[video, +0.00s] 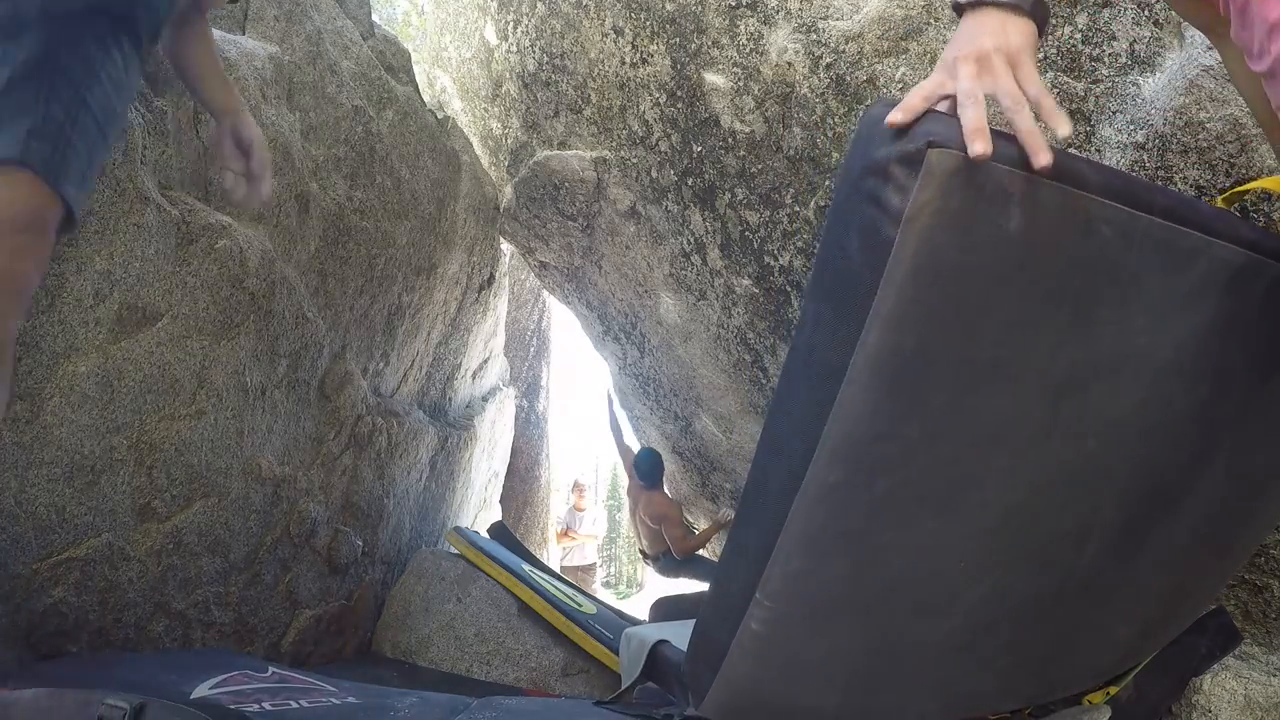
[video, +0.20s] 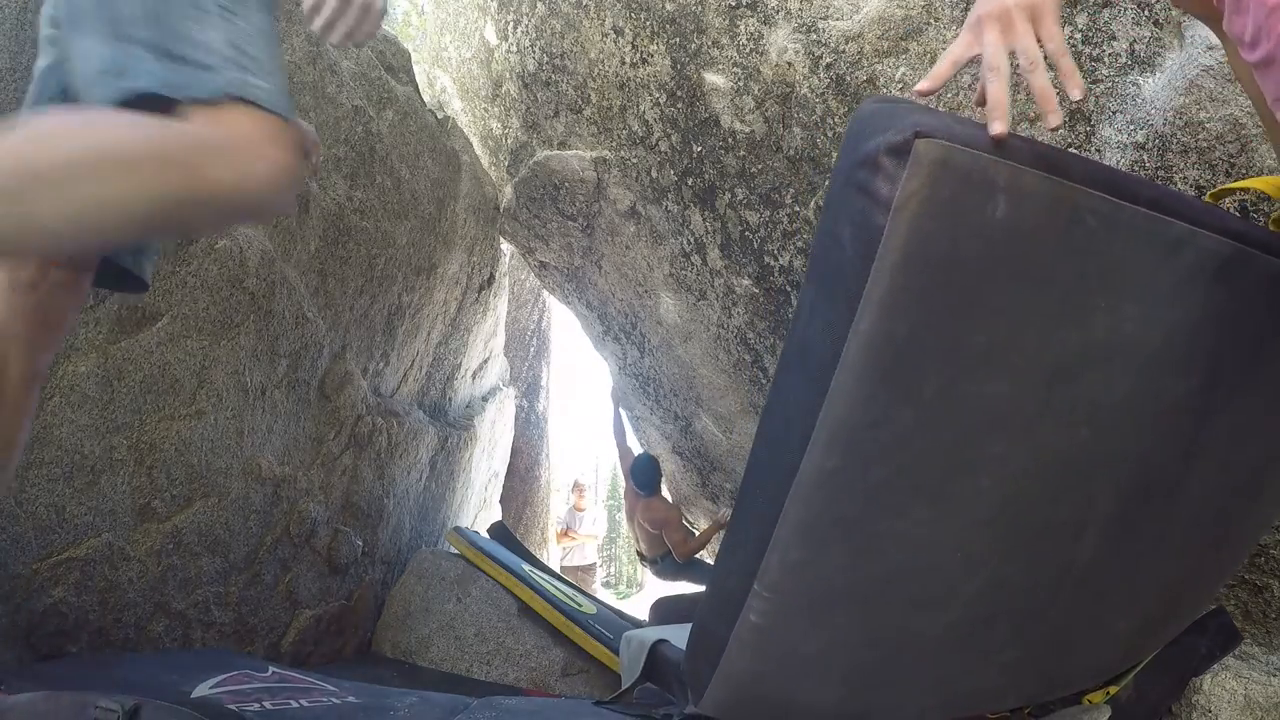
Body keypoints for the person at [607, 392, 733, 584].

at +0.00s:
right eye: (663, 464)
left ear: (637, 472)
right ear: (662, 471)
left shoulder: (634, 484)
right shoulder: (667, 508)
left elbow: (619, 439)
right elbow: (682, 551)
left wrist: (610, 405)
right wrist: (716, 526)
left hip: (649, 557)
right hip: (669, 561)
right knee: (722, 573)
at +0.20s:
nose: (661, 467)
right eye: (659, 467)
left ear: (634, 477)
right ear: (660, 476)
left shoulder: (631, 485)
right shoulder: (666, 513)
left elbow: (621, 443)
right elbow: (683, 554)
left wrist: (615, 407)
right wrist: (716, 526)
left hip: (645, 558)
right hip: (666, 563)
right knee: (717, 576)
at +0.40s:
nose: (655, 471)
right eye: (654, 471)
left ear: (631, 485)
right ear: (656, 482)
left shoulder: (630, 496)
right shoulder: (665, 517)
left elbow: (623, 444)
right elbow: (685, 556)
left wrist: (616, 407)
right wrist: (716, 526)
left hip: (647, 562)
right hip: (669, 567)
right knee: (719, 577)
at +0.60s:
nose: (659, 469)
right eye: (657, 469)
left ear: (633, 485)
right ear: (659, 480)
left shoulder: (632, 494)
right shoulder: (666, 513)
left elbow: (623, 445)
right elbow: (685, 553)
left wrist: (616, 407)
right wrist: (717, 525)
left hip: (650, 553)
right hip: (669, 559)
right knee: (717, 574)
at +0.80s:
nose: (662, 463)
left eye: (658, 461)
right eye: (660, 464)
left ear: (636, 480)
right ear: (663, 476)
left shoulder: (632, 483)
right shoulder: (669, 508)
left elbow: (621, 443)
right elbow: (683, 549)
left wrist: (616, 407)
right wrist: (716, 526)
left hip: (651, 540)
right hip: (671, 550)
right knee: (721, 565)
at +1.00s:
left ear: (637, 483)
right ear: (665, 473)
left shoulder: (634, 481)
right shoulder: (670, 507)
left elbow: (621, 442)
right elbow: (683, 548)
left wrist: (614, 405)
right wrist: (716, 526)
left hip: (651, 535)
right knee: (727, 564)